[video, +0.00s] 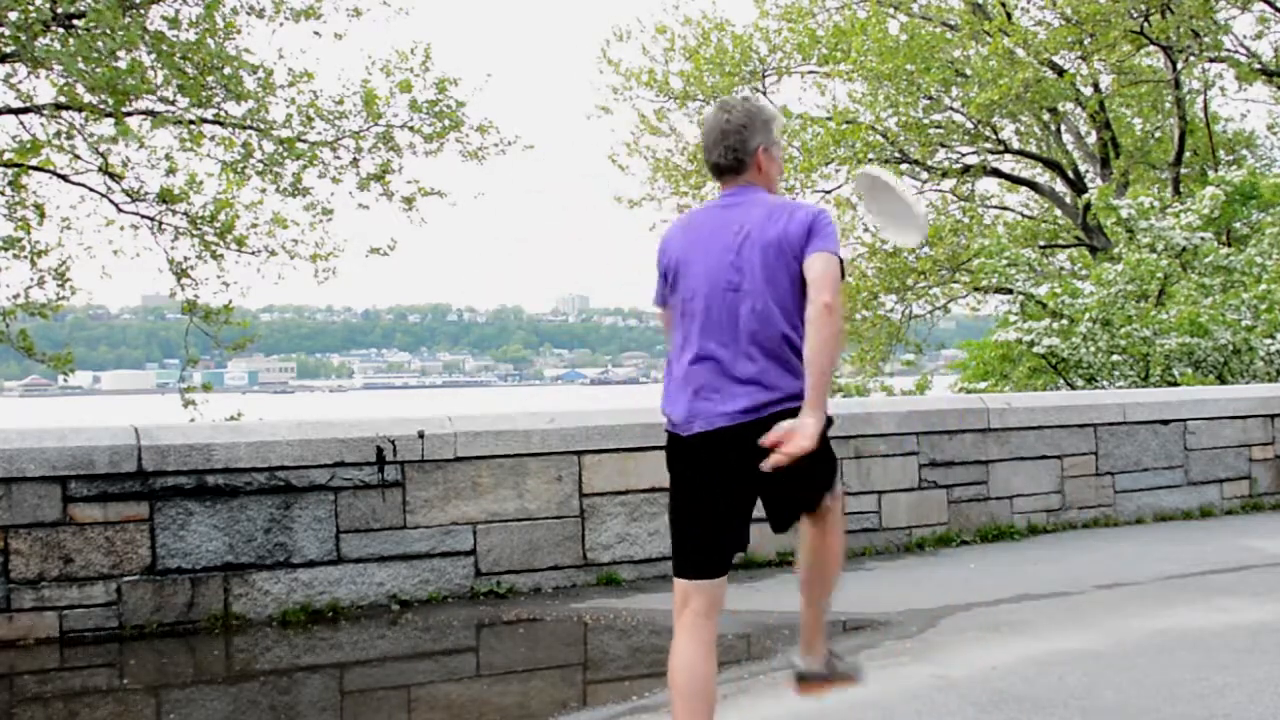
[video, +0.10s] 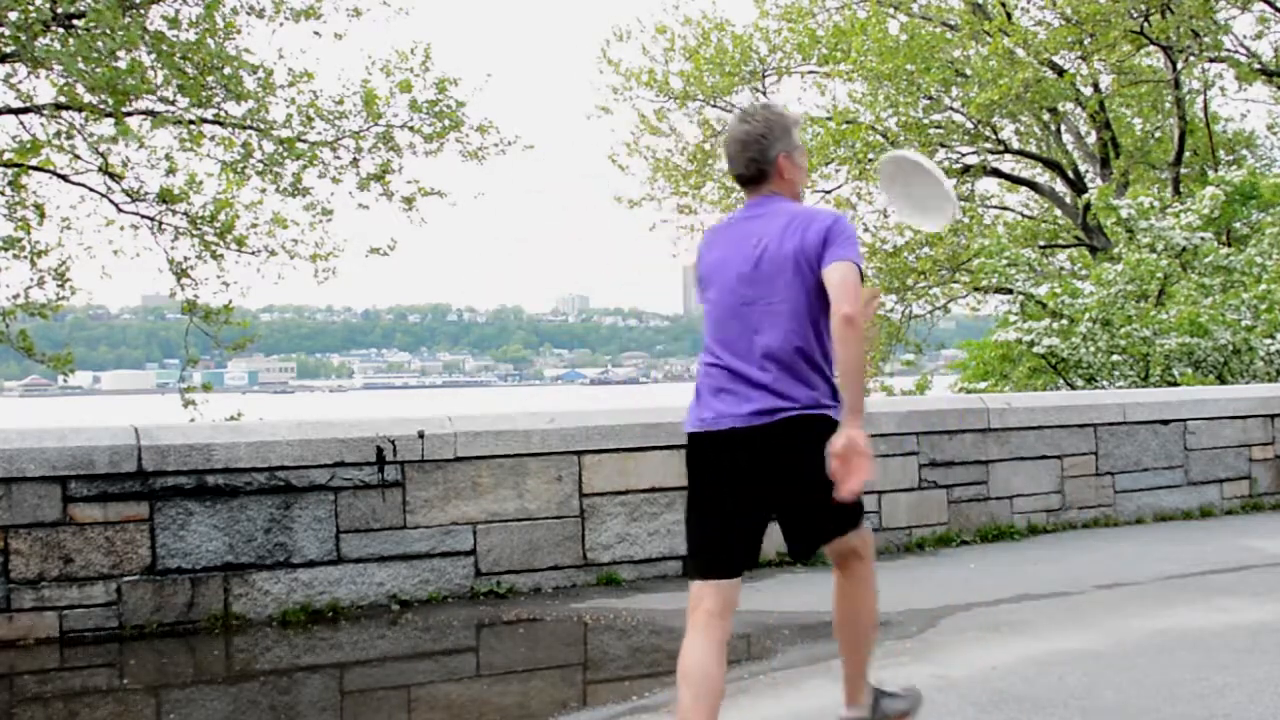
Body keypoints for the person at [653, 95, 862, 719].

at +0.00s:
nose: (782, 159)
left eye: (777, 149)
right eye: (778, 149)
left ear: (713, 164)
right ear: (763, 156)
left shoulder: (677, 235)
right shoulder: (803, 219)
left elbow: (675, 334)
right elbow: (824, 301)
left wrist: (702, 411)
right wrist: (813, 413)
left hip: (695, 435)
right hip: (778, 424)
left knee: (694, 607)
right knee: (822, 506)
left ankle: (689, 716)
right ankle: (814, 656)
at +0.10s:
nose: (806, 163)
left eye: (802, 152)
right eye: (801, 153)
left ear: (738, 173)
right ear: (785, 163)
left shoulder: (713, 240)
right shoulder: (825, 226)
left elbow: (728, 311)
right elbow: (848, 312)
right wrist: (853, 422)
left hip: (716, 441)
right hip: (800, 433)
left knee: (708, 608)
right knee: (851, 555)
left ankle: (693, 717)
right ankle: (858, 700)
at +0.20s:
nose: (841, 174)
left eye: (836, 164)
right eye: (837, 165)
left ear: (780, 182)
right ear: (822, 173)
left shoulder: (763, 246)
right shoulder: (851, 230)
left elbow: (816, 326)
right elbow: (863, 321)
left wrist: (900, 287)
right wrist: (893, 418)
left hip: (751, 440)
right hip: (829, 438)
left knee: (733, 591)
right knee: (885, 578)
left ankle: (691, 715)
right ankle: (882, 712)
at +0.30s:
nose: (886, 184)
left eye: (882, 173)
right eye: (880, 174)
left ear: (831, 191)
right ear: (863, 183)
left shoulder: (812, 255)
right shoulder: (880, 241)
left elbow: (882, 342)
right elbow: (863, 332)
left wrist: (943, 298)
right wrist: (917, 405)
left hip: (798, 452)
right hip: (865, 449)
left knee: (787, 594)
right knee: (926, 580)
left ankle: (707, 698)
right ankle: (896, 711)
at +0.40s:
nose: (928, 188)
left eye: (926, 177)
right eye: (922, 177)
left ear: (880, 191)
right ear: (897, 187)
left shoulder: (857, 254)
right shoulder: (894, 246)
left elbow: (902, 367)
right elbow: (856, 335)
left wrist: (970, 331)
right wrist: (926, 403)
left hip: (832, 441)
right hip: (876, 440)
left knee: (875, 588)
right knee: (946, 579)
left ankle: (774, 684)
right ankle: (896, 712)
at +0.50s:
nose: (956, 189)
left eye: (955, 177)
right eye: (949, 177)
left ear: (913, 187)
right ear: (919, 185)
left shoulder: (906, 251)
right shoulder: (901, 249)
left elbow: (936, 357)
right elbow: (852, 339)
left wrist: (1016, 330)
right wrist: (923, 409)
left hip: (877, 437)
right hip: (881, 438)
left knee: (928, 576)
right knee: (956, 578)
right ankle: (895, 712)